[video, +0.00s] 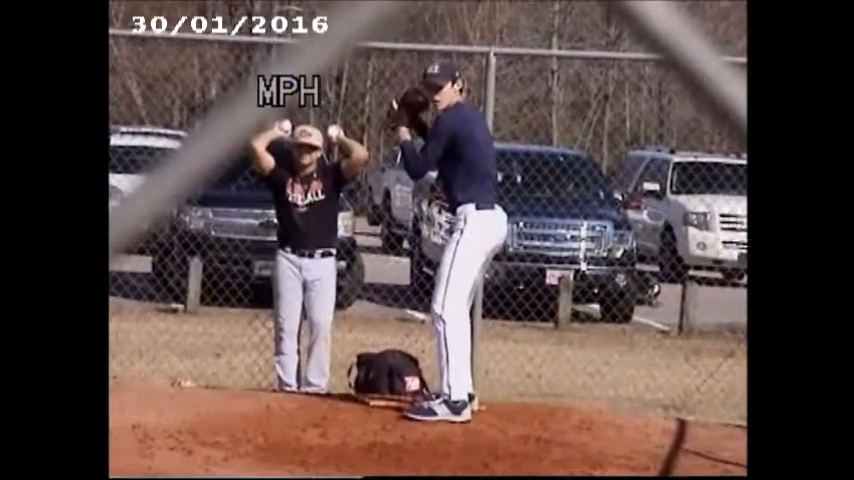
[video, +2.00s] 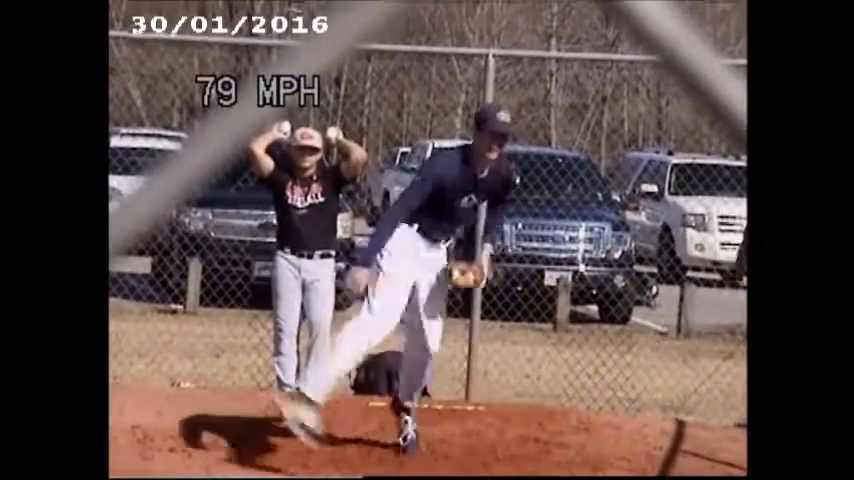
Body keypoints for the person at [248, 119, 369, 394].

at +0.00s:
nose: (305, 155)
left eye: (311, 150)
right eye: (301, 149)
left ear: (320, 152)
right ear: (292, 150)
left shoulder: (332, 175)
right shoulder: (281, 176)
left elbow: (361, 156)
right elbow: (256, 147)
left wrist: (341, 139)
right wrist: (276, 131)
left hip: (323, 260)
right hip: (288, 258)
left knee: (321, 324)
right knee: (286, 324)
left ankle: (317, 385)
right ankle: (286, 384)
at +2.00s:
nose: (307, 157)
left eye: (313, 152)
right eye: (301, 151)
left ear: (321, 153)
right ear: (291, 153)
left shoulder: (332, 177)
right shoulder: (281, 179)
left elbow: (360, 158)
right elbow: (255, 150)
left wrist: (340, 140)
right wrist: (275, 133)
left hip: (322, 261)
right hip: (287, 259)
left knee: (320, 326)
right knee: (285, 326)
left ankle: (315, 385)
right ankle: (285, 384)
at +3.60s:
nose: (310, 154)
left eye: (315, 149)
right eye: (304, 149)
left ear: (323, 153)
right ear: (295, 154)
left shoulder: (334, 178)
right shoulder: (284, 189)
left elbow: (372, 158)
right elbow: (281, 239)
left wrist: (343, 139)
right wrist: (278, 286)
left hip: (323, 262)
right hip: (291, 262)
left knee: (321, 325)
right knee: (286, 326)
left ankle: (316, 387)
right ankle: (287, 387)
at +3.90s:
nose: (308, 156)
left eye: (314, 151)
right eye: (304, 151)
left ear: (323, 155)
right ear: (295, 155)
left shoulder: (333, 176)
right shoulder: (286, 182)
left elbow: (373, 161)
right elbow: (291, 210)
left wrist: (343, 140)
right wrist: (304, 182)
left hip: (323, 260)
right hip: (288, 260)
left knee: (321, 325)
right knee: (286, 325)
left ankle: (316, 387)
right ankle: (287, 385)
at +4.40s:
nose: (309, 153)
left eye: (315, 147)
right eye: (303, 148)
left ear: (323, 149)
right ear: (294, 149)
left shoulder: (333, 174)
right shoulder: (283, 173)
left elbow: (362, 154)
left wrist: (340, 137)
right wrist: (280, 126)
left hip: (317, 259)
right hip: (283, 258)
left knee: (313, 324)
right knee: (276, 322)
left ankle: (308, 384)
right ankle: (280, 383)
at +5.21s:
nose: (309, 152)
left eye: (315, 146)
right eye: (304, 147)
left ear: (322, 147)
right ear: (294, 148)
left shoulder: (333, 173)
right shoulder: (282, 172)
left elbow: (362, 152)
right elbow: (264, 141)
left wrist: (339, 136)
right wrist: (281, 127)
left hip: (318, 258)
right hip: (283, 257)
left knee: (311, 325)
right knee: (279, 322)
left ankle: (308, 385)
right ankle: (277, 383)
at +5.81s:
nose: (304, 153)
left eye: (309, 147)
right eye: (299, 148)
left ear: (319, 149)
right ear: (290, 150)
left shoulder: (330, 175)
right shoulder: (280, 174)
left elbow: (366, 159)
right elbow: (262, 144)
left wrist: (342, 140)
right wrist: (280, 129)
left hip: (317, 259)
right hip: (283, 257)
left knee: (310, 322)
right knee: (278, 321)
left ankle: (308, 383)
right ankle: (277, 382)